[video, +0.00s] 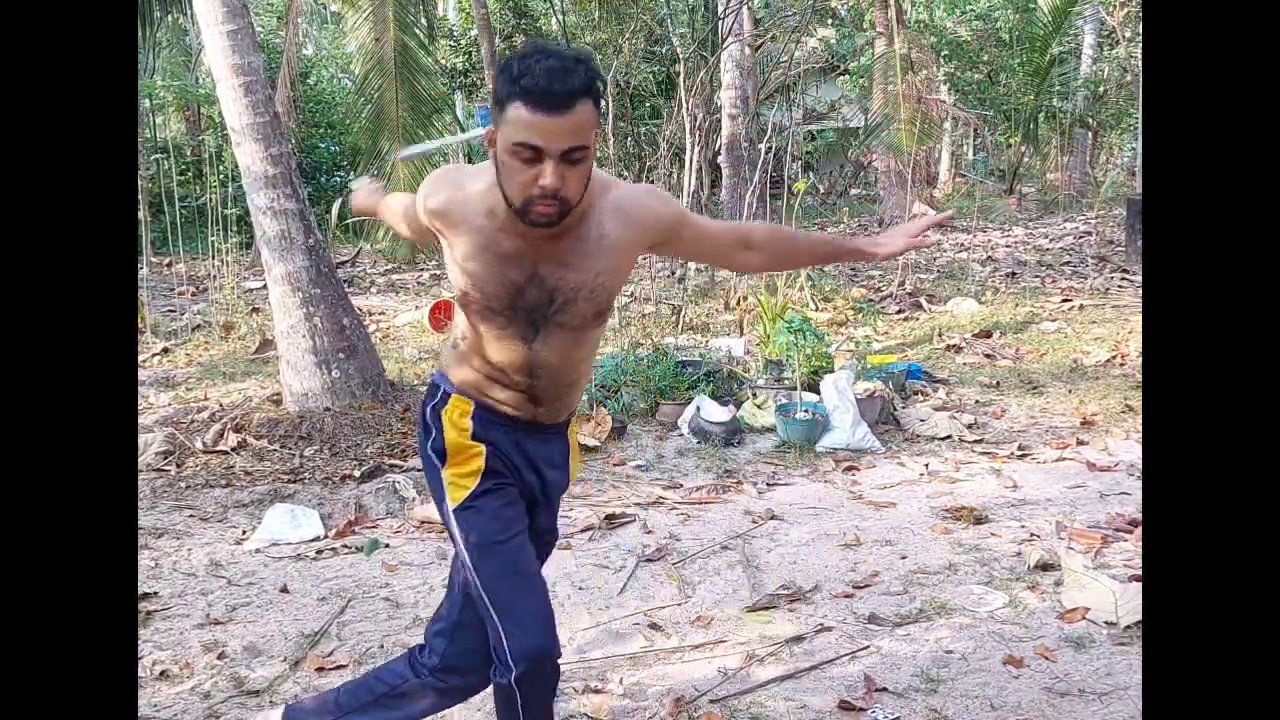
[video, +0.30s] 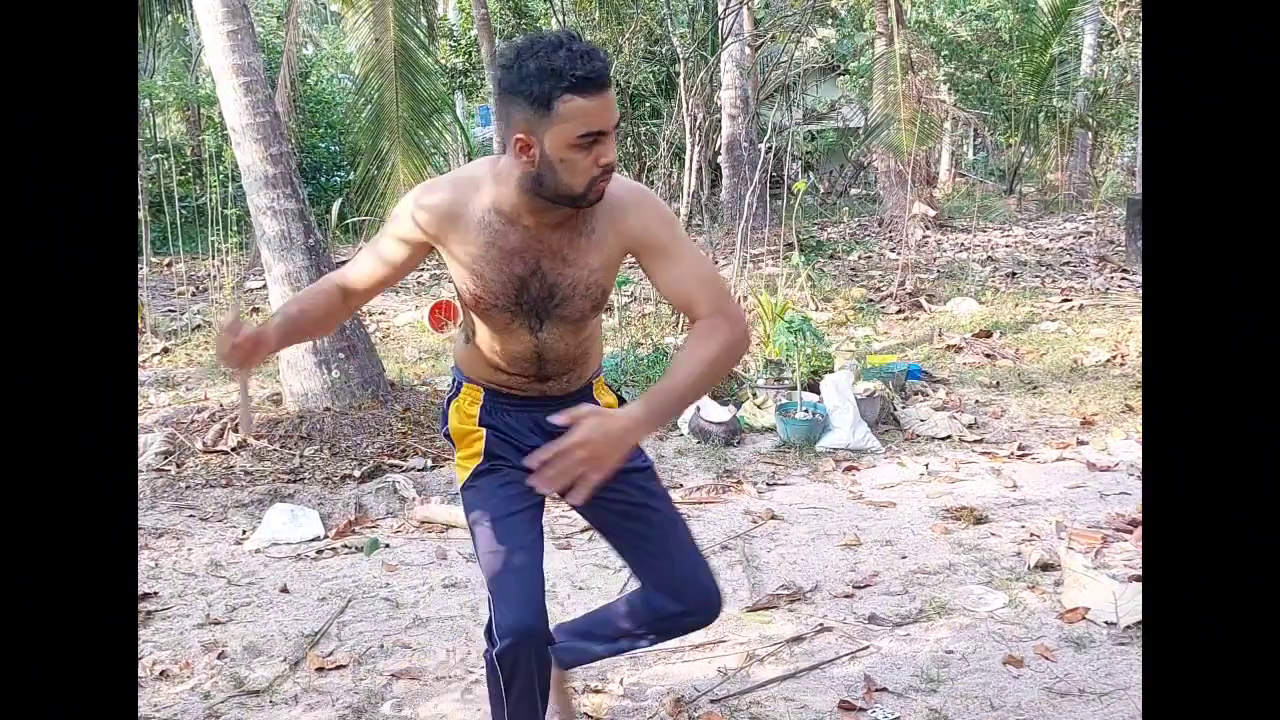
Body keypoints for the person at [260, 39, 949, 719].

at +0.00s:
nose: (550, 182)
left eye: (574, 157)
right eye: (527, 156)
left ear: (599, 143)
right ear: (492, 141)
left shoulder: (636, 215)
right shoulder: (453, 200)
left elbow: (750, 246)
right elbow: (392, 209)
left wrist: (866, 246)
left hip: (549, 445)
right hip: (464, 428)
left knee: (452, 660)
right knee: (530, 660)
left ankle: (313, 714)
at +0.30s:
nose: (610, 157)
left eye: (613, 134)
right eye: (589, 142)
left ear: (615, 122)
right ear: (525, 148)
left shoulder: (629, 210)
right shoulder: (442, 207)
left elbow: (724, 328)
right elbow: (350, 286)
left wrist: (628, 426)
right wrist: (271, 333)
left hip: (588, 410)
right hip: (489, 416)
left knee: (690, 598)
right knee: (520, 631)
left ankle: (550, 652)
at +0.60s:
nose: (672, 164)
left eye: (672, 144)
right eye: (653, 152)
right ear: (596, 162)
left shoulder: (686, 213)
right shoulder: (529, 201)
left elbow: (677, 358)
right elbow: (375, 254)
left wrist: (554, 332)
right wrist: (480, 199)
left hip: (662, 404)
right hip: (578, 401)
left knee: (749, 525)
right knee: (594, 586)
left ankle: (719, 646)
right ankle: (554, 714)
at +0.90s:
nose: (709, 91)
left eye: (706, 76)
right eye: (702, 79)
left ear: (621, 94)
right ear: (664, 102)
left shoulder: (556, 155)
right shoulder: (709, 194)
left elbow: (621, 186)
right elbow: (787, 224)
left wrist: (686, 162)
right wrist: (764, 174)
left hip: (598, 382)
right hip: (664, 396)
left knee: (728, 493)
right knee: (657, 608)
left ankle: (718, 641)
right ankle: (562, 714)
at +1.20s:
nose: (713, 90)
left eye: (710, 79)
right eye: (714, 78)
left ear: (635, 78)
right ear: (700, 77)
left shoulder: (582, 167)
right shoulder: (729, 152)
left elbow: (554, 283)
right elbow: (818, 259)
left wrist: (628, 303)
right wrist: (792, 345)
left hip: (595, 392)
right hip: (666, 400)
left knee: (707, 485)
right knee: (652, 613)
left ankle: (714, 638)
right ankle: (557, 716)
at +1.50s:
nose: (767, 91)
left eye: (767, 80)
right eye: (769, 78)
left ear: (704, 68)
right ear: (754, 67)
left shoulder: (677, 129)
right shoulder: (725, 119)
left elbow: (651, 262)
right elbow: (776, 207)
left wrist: (725, 276)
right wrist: (873, 216)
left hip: (638, 337)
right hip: (671, 339)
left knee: (728, 492)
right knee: (760, 529)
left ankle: (715, 632)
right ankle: (633, 684)